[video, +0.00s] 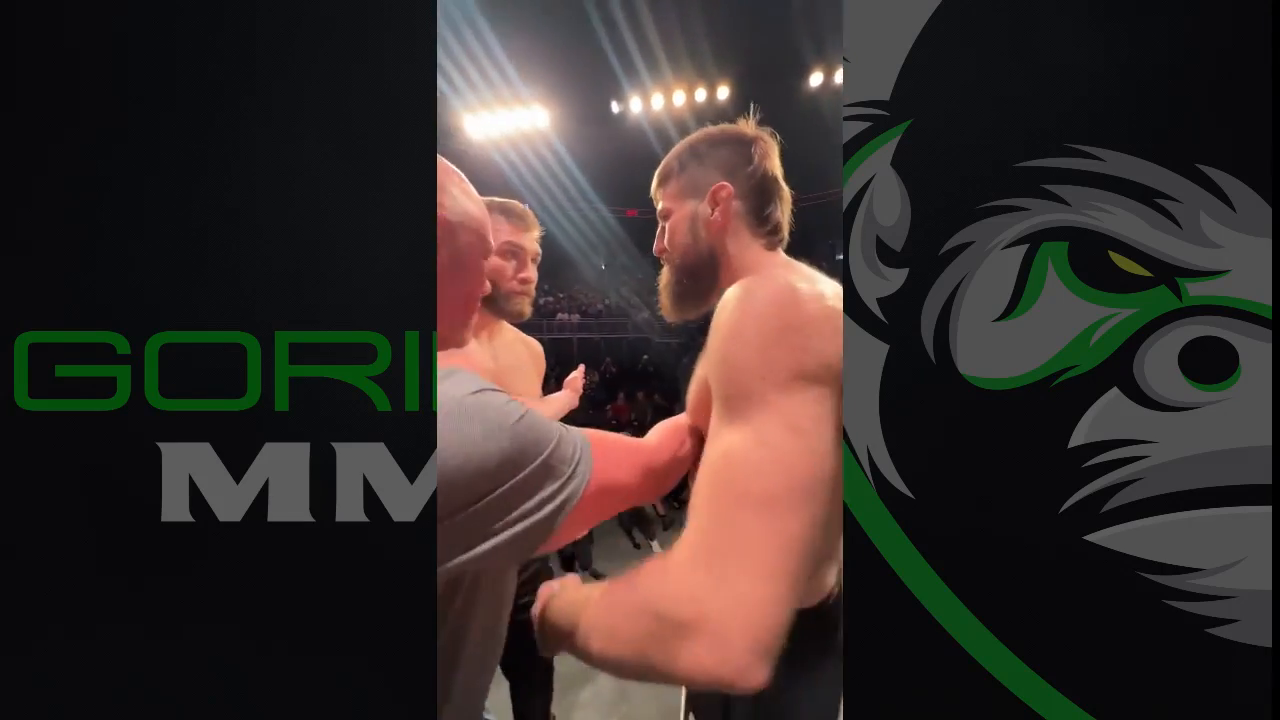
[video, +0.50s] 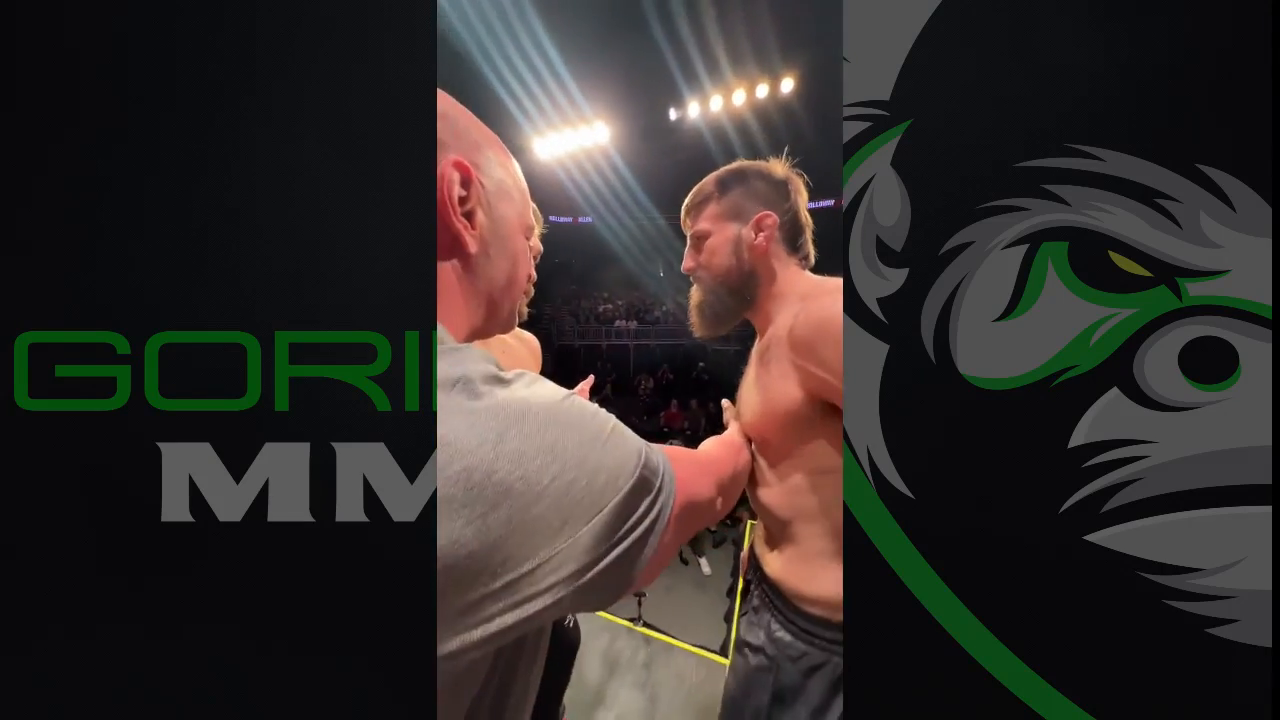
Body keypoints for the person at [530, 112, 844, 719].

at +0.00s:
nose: (656, 245)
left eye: (666, 217)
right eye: (657, 222)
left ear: (720, 205)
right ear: (721, 208)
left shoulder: (776, 303)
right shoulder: (807, 299)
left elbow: (723, 632)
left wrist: (567, 607)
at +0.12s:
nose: (661, 259)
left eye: (669, 233)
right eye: (661, 238)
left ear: (725, 219)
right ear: (726, 222)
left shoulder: (801, 318)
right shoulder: (766, 322)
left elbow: (816, 642)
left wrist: (660, 709)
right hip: (740, 615)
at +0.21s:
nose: (663, 264)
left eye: (674, 238)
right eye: (665, 242)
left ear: (731, 227)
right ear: (730, 230)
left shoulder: (809, 328)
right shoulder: (763, 328)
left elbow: (851, 537)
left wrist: (842, 675)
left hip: (788, 661)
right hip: (739, 620)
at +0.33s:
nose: (674, 266)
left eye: (687, 243)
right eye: (676, 247)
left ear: (745, 237)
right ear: (743, 240)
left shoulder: (819, 332)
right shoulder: (764, 336)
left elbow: (900, 481)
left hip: (815, 653)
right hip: (753, 620)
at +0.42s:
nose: (681, 267)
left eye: (695, 243)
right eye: (683, 248)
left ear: (755, 236)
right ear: (753, 239)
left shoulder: (821, 325)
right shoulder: (769, 336)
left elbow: (911, 451)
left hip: (818, 648)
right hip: (763, 615)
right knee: (738, 710)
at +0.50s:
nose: (686, 264)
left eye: (700, 241)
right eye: (687, 245)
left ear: (761, 232)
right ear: (759, 235)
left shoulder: (824, 320)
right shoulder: (774, 334)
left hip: (817, 645)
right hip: (770, 612)